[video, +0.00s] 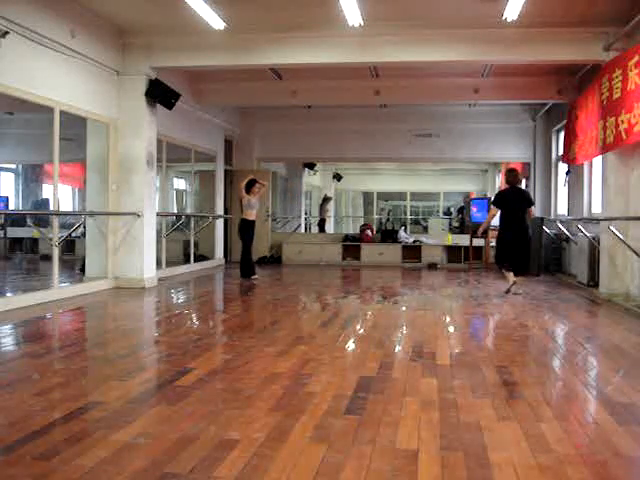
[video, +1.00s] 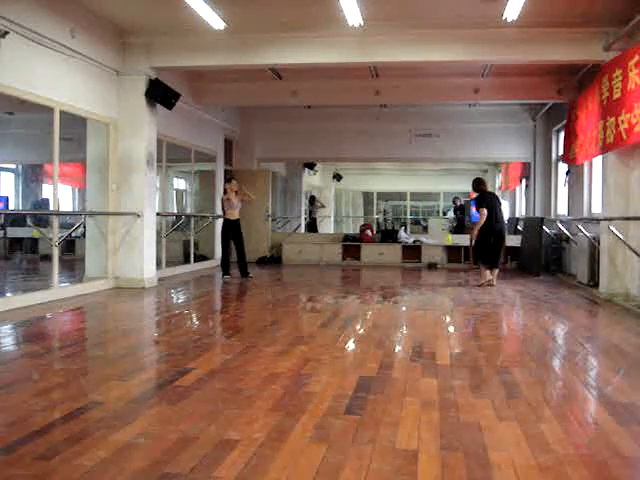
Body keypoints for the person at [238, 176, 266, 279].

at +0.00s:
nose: (257, 190)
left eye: (258, 188)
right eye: (255, 187)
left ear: (258, 189)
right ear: (251, 188)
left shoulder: (256, 197)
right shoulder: (245, 197)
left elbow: (265, 186)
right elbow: (242, 186)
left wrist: (258, 182)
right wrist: (248, 178)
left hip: (252, 222)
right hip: (245, 221)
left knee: (248, 248)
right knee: (246, 248)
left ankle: (248, 272)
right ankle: (248, 272)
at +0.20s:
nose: (254, 190)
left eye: (255, 187)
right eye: (252, 187)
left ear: (255, 189)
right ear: (247, 188)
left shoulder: (253, 196)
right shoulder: (242, 197)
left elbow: (263, 185)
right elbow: (239, 186)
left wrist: (255, 181)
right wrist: (245, 179)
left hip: (249, 221)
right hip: (242, 221)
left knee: (247, 248)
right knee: (241, 248)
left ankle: (245, 271)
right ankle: (238, 272)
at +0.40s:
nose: (248, 188)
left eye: (249, 186)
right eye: (246, 186)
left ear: (249, 188)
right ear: (241, 187)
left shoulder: (248, 197)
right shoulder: (236, 197)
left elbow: (256, 185)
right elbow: (232, 184)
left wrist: (249, 180)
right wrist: (239, 177)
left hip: (246, 221)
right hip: (237, 220)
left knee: (244, 249)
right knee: (232, 249)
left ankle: (245, 273)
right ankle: (227, 273)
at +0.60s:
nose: (242, 188)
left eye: (243, 185)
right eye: (239, 185)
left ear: (244, 187)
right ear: (235, 187)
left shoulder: (243, 196)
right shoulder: (230, 196)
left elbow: (252, 185)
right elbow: (226, 184)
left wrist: (244, 182)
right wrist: (233, 178)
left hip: (241, 220)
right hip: (231, 221)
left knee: (242, 249)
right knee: (228, 248)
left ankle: (244, 273)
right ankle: (226, 272)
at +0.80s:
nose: (239, 187)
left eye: (240, 185)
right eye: (237, 185)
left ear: (241, 187)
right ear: (232, 186)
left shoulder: (241, 196)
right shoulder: (228, 197)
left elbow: (252, 187)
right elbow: (225, 189)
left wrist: (245, 186)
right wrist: (227, 183)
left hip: (238, 220)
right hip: (229, 220)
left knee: (240, 248)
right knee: (226, 248)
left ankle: (244, 272)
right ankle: (226, 272)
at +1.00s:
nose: (235, 186)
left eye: (236, 184)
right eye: (233, 184)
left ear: (237, 186)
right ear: (227, 186)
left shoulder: (238, 196)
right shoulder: (225, 198)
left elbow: (252, 199)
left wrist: (244, 191)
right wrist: (228, 192)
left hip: (236, 220)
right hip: (227, 221)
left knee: (240, 248)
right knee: (226, 248)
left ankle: (244, 272)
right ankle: (226, 272)